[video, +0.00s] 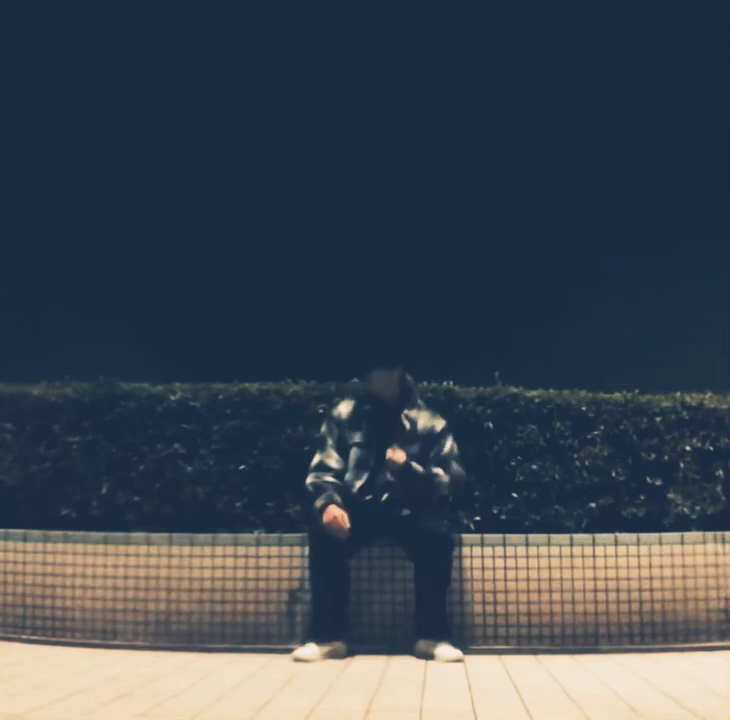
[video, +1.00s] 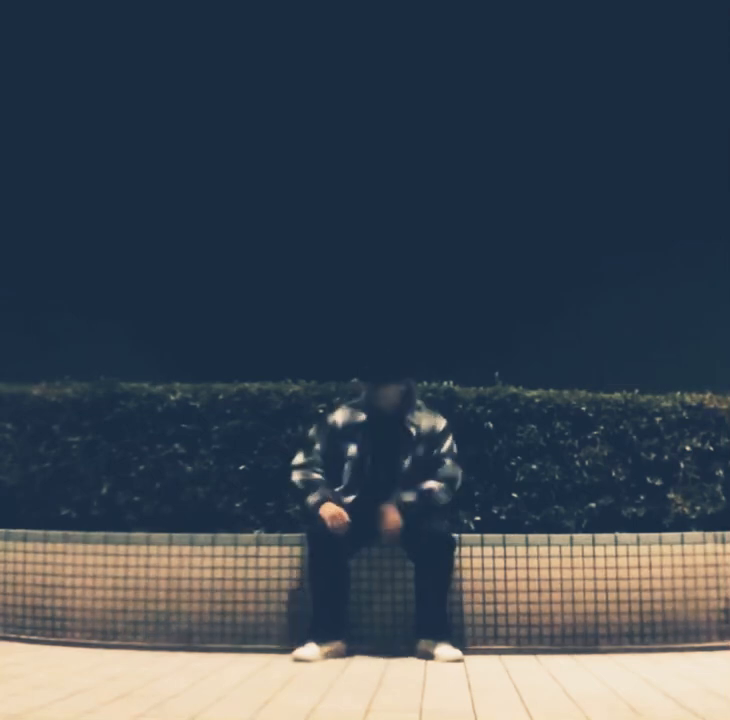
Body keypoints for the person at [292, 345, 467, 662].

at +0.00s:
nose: (375, 379)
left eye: (382, 372)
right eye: (370, 372)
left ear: (399, 372)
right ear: (363, 375)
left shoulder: (429, 421)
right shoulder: (345, 415)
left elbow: (453, 481)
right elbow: (323, 468)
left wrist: (410, 468)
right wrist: (328, 502)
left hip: (410, 512)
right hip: (358, 511)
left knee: (437, 538)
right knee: (325, 535)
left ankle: (432, 638)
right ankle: (328, 639)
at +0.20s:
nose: (372, 383)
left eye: (379, 375)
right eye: (367, 377)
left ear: (394, 376)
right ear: (360, 380)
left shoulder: (430, 419)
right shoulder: (344, 419)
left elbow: (463, 472)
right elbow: (322, 473)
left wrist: (418, 464)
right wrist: (328, 503)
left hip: (413, 511)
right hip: (361, 511)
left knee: (438, 540)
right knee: (325, 535)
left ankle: (431, 638)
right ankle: (327, 639)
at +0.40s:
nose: (379, 376)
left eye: (387, 368)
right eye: (374, 368)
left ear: (401, 371)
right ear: (364, 373)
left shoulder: (429, 422)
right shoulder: (344, 416)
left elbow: (444, 486)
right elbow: (323, 469)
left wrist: (422, 461)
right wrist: (327, 502)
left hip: (408, 512)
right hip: (357, 512)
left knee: (438, 539)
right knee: (324, 535)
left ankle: (432, 638)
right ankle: (327, 639)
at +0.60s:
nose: (376, 376)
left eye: (383, 368)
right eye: (370, 369)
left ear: (398, 372)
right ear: (362, 375)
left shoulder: (429, 420)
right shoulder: (342, 416)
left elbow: (455, 477)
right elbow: (320, 472)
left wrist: (413, 463)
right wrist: (326, 502)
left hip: (411, 512)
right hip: (359, 511)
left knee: (438, 540)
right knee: (325, 534)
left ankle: (432, 638)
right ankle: (327, 639)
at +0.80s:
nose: (375, 393)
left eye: (383, 387)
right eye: (369, 386)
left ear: (399, 384)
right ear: (360, 385)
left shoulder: (430, 419)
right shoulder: (342, 418)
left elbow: (447, 485)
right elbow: (322, 470)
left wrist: (422, 457)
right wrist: (326, 501)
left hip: (411, 510)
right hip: (358, 510)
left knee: (438, 540)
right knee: (324, 535)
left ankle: (432, 638)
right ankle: (327, 639)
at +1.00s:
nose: (382, 392)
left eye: (390, 384)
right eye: (376, 384)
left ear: (405, 385)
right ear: (365, 385)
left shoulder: (432, 426)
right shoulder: (340, 421)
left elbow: (447, 481)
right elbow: (304, 466)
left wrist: (402, 505)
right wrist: (322, 502)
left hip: (409, 511)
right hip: (354, 512)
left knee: (438, 538)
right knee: (324, 536)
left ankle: (432, 638)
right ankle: (328, 638)